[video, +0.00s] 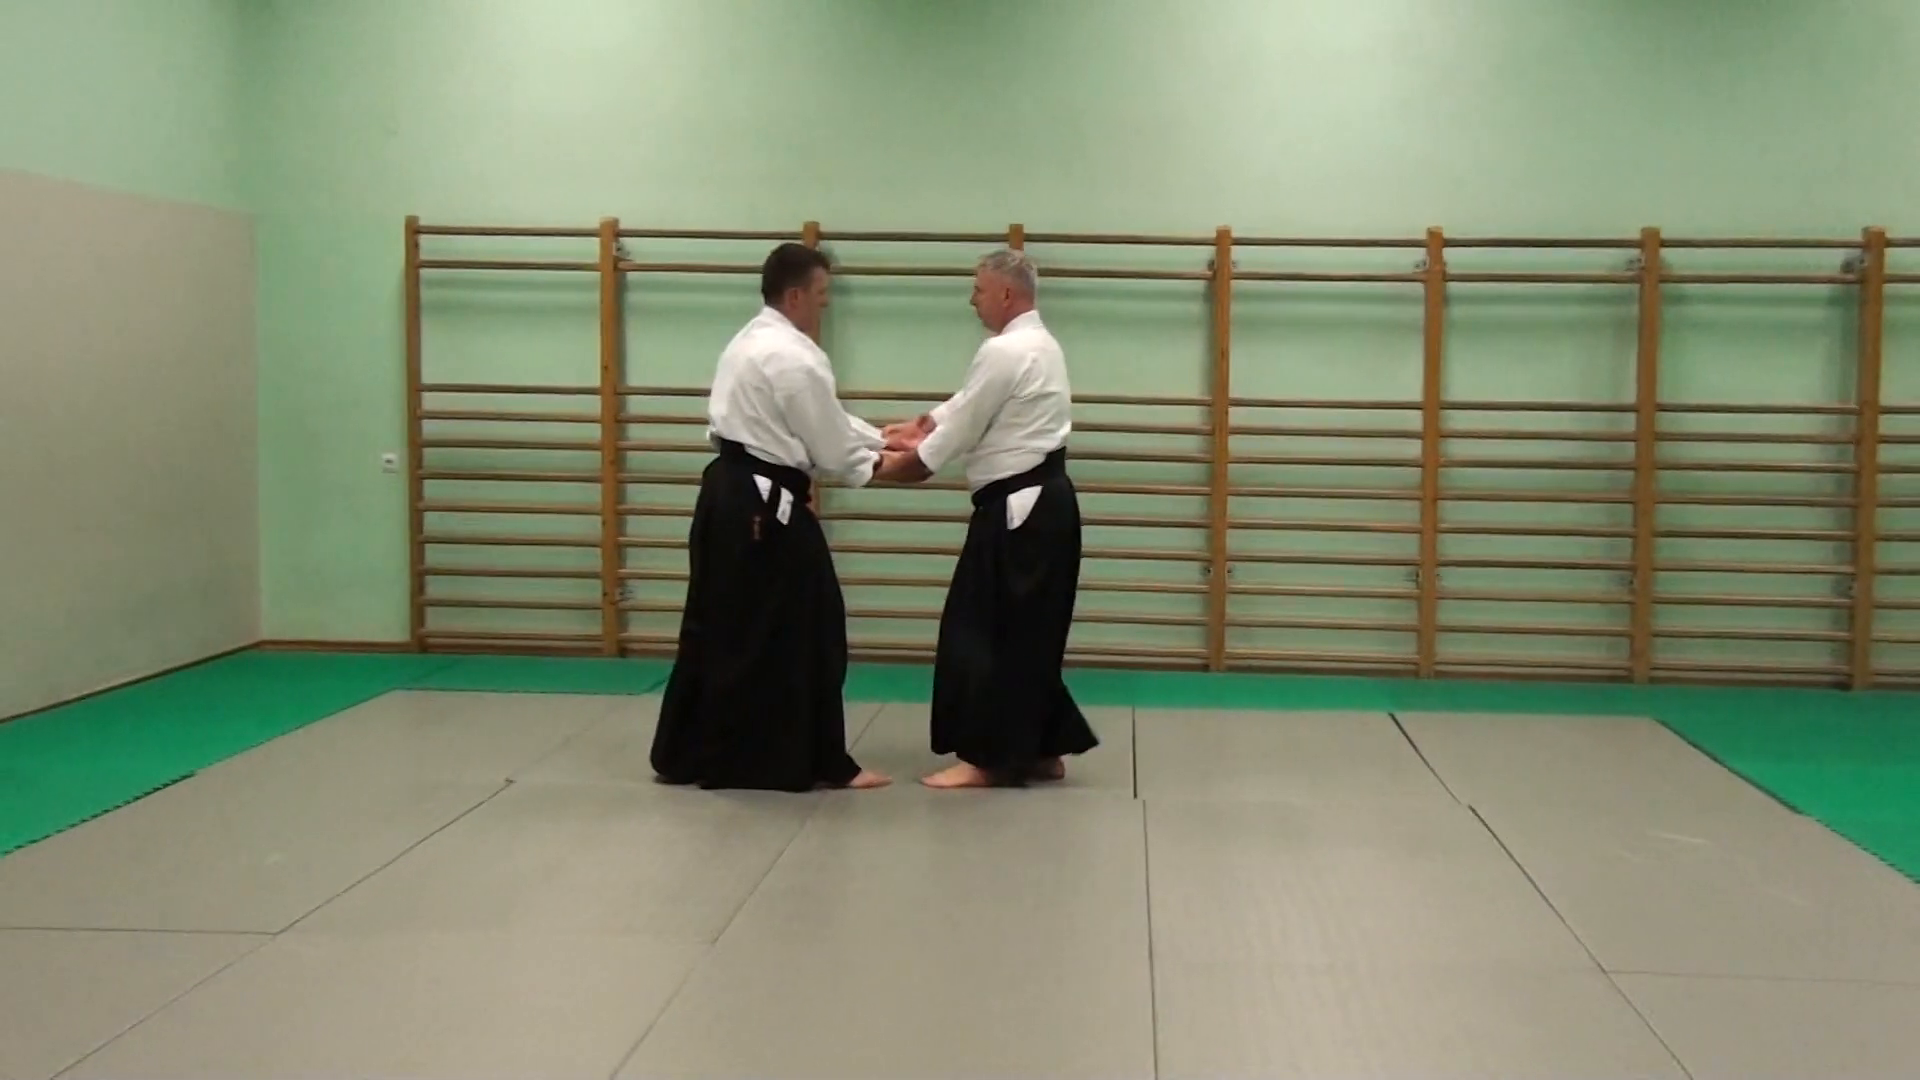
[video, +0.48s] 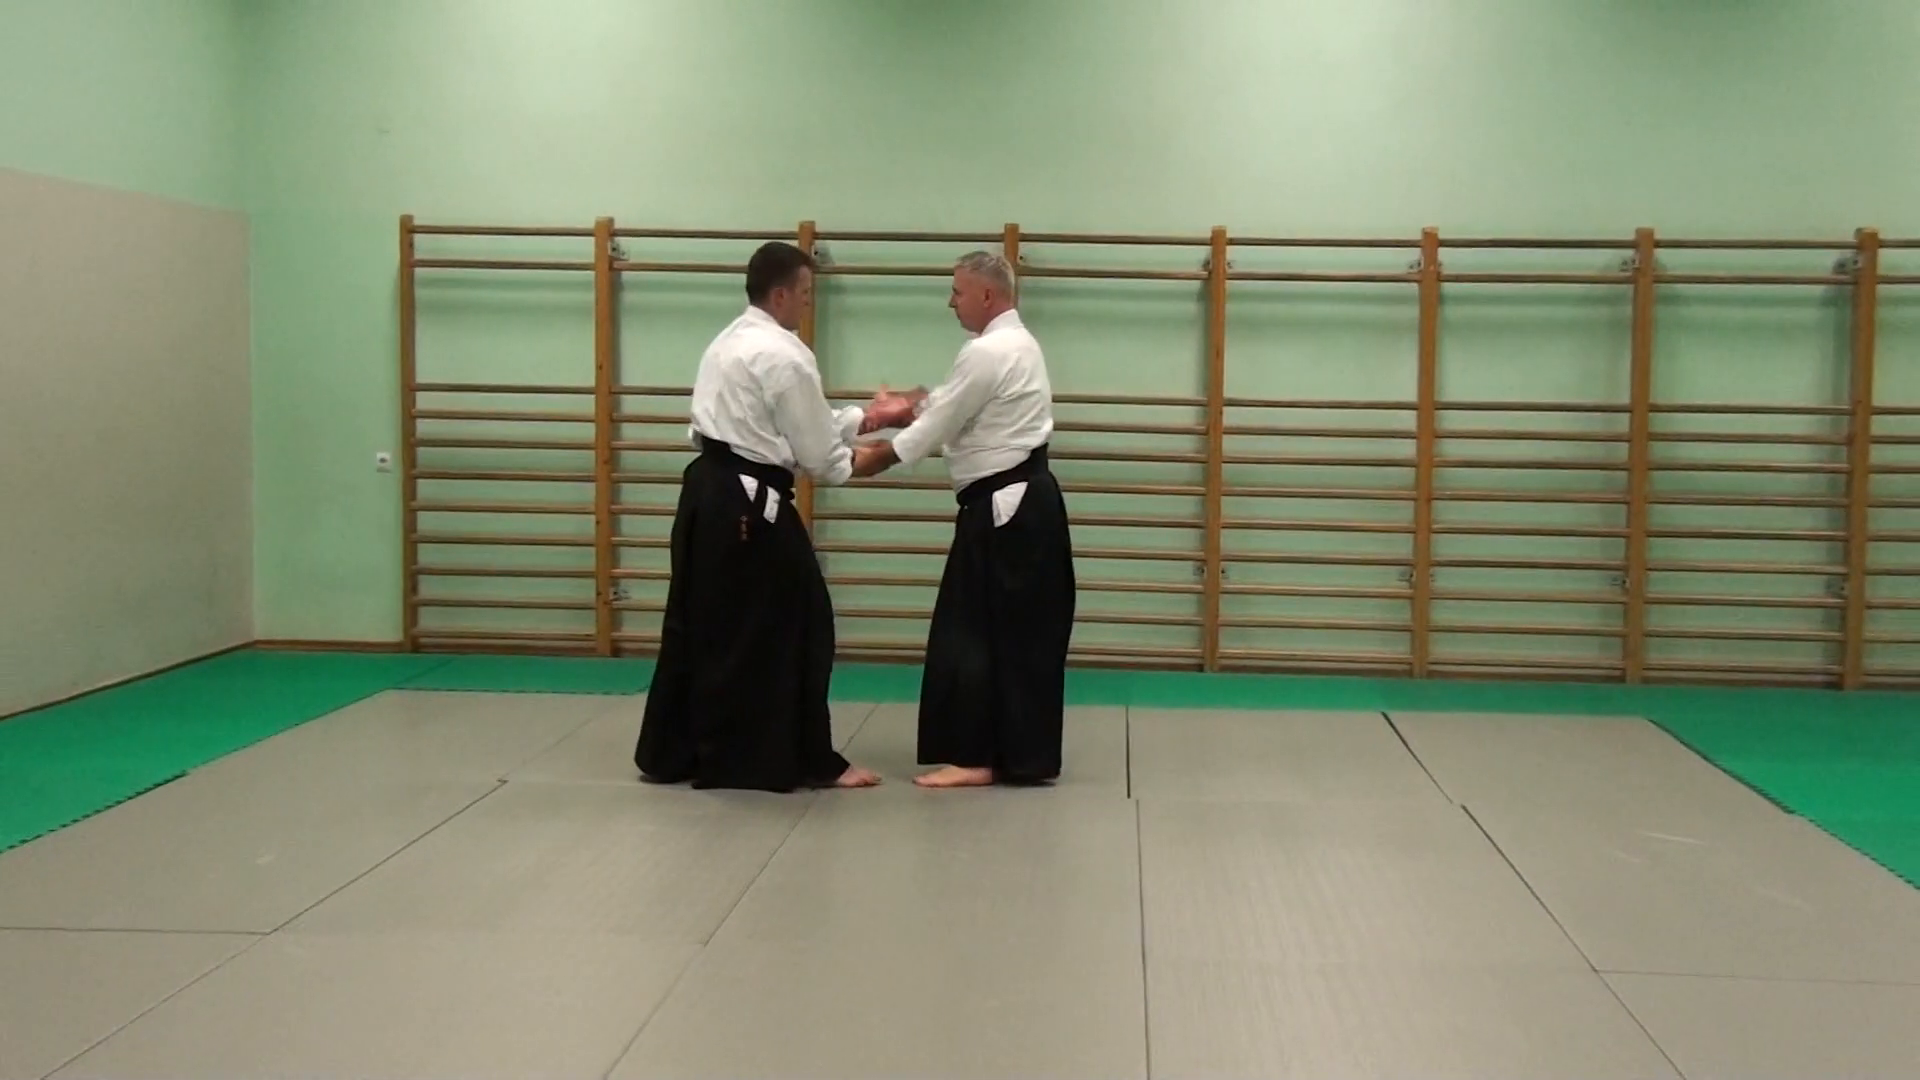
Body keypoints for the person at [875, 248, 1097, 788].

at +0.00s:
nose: (973, 300)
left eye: (979, 290)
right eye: (974, 290)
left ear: (1006, 293)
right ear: (1015, 294)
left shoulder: (1005, 353)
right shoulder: (1042, 344)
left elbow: (959, 431)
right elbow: (982, 406)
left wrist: (910, 459)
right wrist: (927, 423)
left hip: (1012, 508)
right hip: (1048, 499)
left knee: (973, 627)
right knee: (1031, 628)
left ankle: (982, 758)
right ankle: (1042, 749)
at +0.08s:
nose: (969, 301)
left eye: (974, 290)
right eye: (970, 290)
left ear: (1001, 292)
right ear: (1011, 293)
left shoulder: (1004, 353)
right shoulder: (1038, 343)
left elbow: (952, 438)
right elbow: (981, 405)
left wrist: (907, 457)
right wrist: (929, 425)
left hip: (1014, 506)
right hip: (1046, 497)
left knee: (979, 628)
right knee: (1035, 627)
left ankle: (988, 759)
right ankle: (1046, 750)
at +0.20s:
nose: (961, 301)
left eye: (967, 291)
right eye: (962, 291)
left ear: (996, 293)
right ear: (1003, 294)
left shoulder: (998, 352)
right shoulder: (1029, 343)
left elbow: (949, 434)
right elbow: (974, 409)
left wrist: (898, 458)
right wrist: (923, 427)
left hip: (1009, 505)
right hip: (1041, 496)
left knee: (981, 629)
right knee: (1036, 628)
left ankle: (985, 760)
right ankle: (1042, 753)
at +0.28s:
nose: (960, 301)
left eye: (965, 291)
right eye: (960, 291)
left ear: (994, 293)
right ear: (1001, 294)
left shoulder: (996, 352)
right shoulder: (1027, 342)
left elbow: (946, 436)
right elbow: (972, 409)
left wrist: (895, 459)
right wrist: (922, 425)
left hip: (1008, 506)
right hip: (1039, 497)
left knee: (981, 629)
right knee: (1034, 627)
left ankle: (986, 760)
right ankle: (1039, 754)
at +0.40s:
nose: (952, 301)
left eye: (958, 291)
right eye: (953, 291)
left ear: (988, 294)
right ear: (994, 295)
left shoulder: (989, 353)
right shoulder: (1019, 343)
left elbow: (937, 434)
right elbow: (963, 409)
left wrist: (883, 458)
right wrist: (910, 426)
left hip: (1000, 506)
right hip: (1031, 497)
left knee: (973, 630)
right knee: (1023, 629)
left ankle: (978, 759)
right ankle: (1027, 756)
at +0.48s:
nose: (952, 302)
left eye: (958, 292)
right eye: (953, 292)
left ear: (988, 294)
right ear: (993, 296)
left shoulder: (988, 353)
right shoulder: (1019, 343)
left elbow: (934, 429)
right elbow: (964, 403)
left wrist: (872, 459)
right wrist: (915, 409)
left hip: (999, 505)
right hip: (1030, 496)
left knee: (971, 628)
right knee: (1023, 627)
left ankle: (975, 760)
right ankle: (1026, 755)